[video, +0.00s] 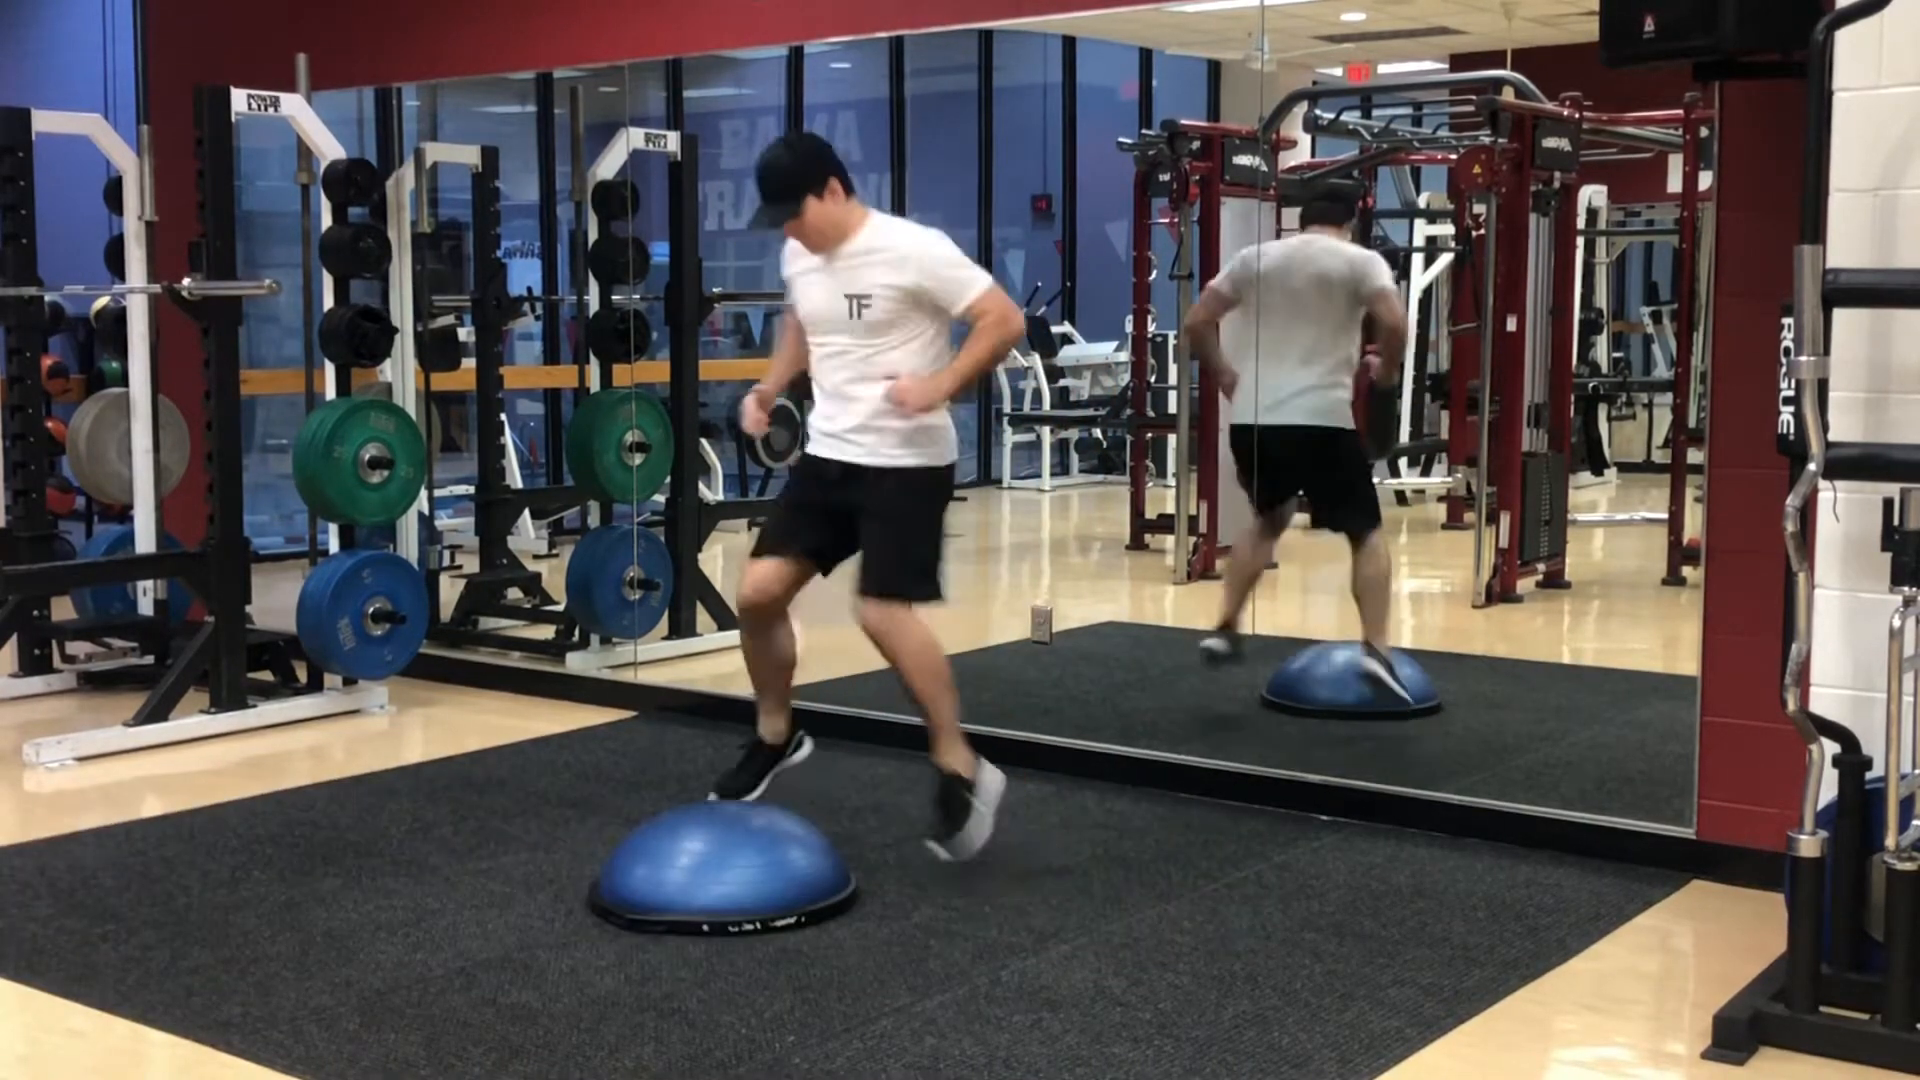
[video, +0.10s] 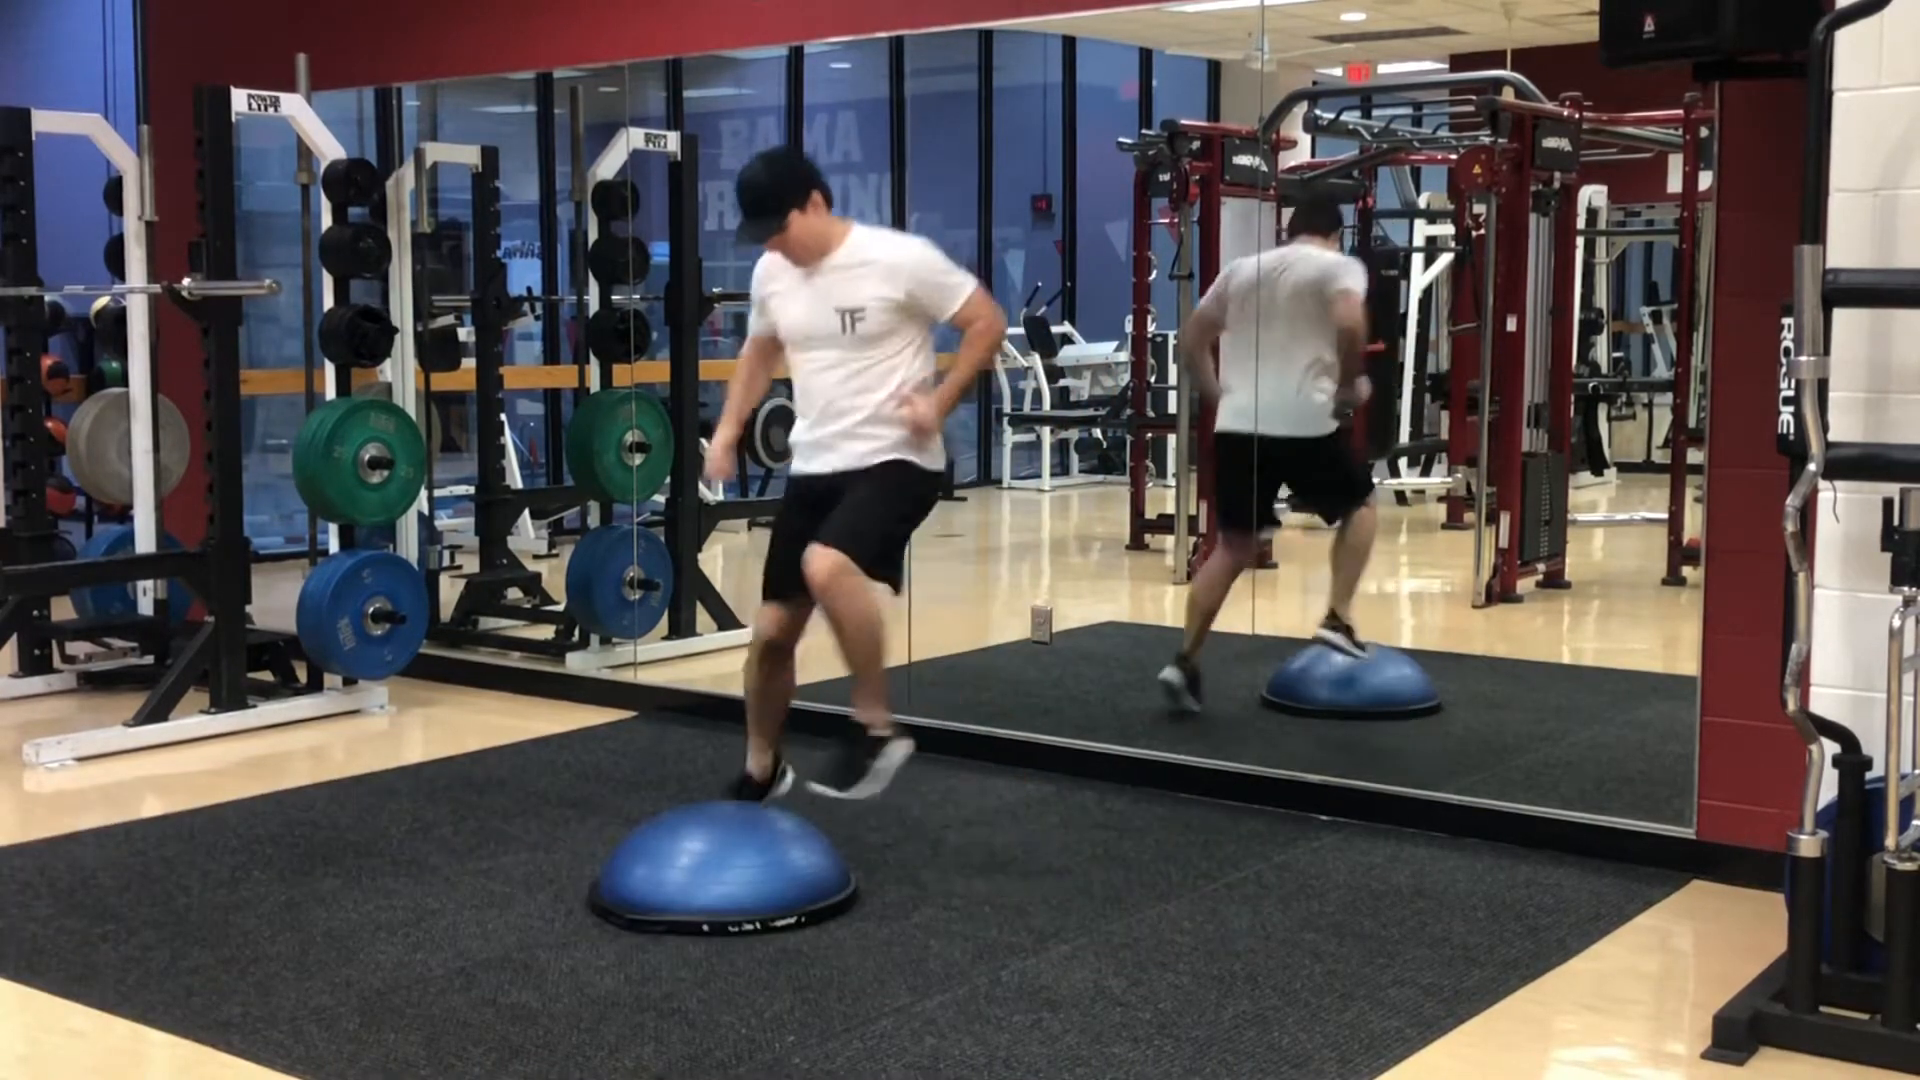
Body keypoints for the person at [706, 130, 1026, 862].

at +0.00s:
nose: (790, 234)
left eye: (794, 217)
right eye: (782, 223)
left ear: (832, 192)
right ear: (807, 203)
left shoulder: (916, 249)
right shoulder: (802, 260)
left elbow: (1006, 320)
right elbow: (802, 331)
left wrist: (943, 385)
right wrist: (769, 389)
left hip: (907, 466)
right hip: (829, 461)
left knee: (884, 610)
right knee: (759, 594)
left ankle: (960, 766)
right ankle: (775, 734)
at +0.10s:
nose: (772, 249)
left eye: (778, 232)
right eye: (765, 238)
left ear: (814, 205)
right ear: (762, 228)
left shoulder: (902, 258)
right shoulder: (773, 274)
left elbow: (989, 323)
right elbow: (762, 350)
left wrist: (940, 399)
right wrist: (726, 432)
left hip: (898, 459)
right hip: (816, 469)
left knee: (827, 565)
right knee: (773, 631)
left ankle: (876, 728)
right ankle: (760, 771)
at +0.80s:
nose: (819, 263)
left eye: (822, 246)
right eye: (811, 251)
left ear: (858, 222)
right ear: (831, 233)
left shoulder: (933, 283)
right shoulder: (834, 284)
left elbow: (992, 378)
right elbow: (860, 374)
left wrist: (893, 387)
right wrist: (810, 397)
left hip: (932, 512)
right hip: (854, 496)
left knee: (955, 664)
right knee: (760, 581)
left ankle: (1016, 828)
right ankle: (817, 730)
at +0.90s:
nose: (799, 243)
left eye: (802, 227)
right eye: (791, 232)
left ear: (838, 197)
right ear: (814, 209)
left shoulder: (923, 247)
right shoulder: (810, 264)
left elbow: (1009, 319)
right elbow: (824, 350)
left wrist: (936, 373)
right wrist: (801, 360)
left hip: (919, 470)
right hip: (838, 467)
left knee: (894, 616)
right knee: (778, 609)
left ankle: (960, 766)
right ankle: (792, 748)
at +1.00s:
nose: (783, 254)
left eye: (789, 238)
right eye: (775, 244)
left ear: (826, 211)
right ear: (774, 235)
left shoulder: (909, 258)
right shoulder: (779, 279)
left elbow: (1007, 311)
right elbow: (760, 362)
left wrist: (982, 402)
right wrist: (774, 375)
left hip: (916, 462)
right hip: (834, 476)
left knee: (837, 571)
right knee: (801, 642)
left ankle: (872, 724)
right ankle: (794, 784)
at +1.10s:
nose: (774, 284)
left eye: (780, 268)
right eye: (766, 273)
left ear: (817, 241)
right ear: (765, 263)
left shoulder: (897, 291)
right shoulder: (770, 317)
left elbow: (997, 333)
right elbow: (732, 404)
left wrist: (997, 420)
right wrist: (749, 423)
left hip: (904, 494)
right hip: (821, 510)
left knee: (804, 586)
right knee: (785, 672)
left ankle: (827, 756)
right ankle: (803, 787)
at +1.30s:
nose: (788, 237)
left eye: (794, 220)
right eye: (781, 225)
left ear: (831, 194)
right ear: (789, 214)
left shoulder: (913, 242)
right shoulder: (790, 268)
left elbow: (1009, 295)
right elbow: (780, 344)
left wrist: (949, 357)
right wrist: (775, 379)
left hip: (922, 462)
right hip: (839, 469)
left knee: (877, 603)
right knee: (795, 623)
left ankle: (947, 763)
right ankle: (800, 766)